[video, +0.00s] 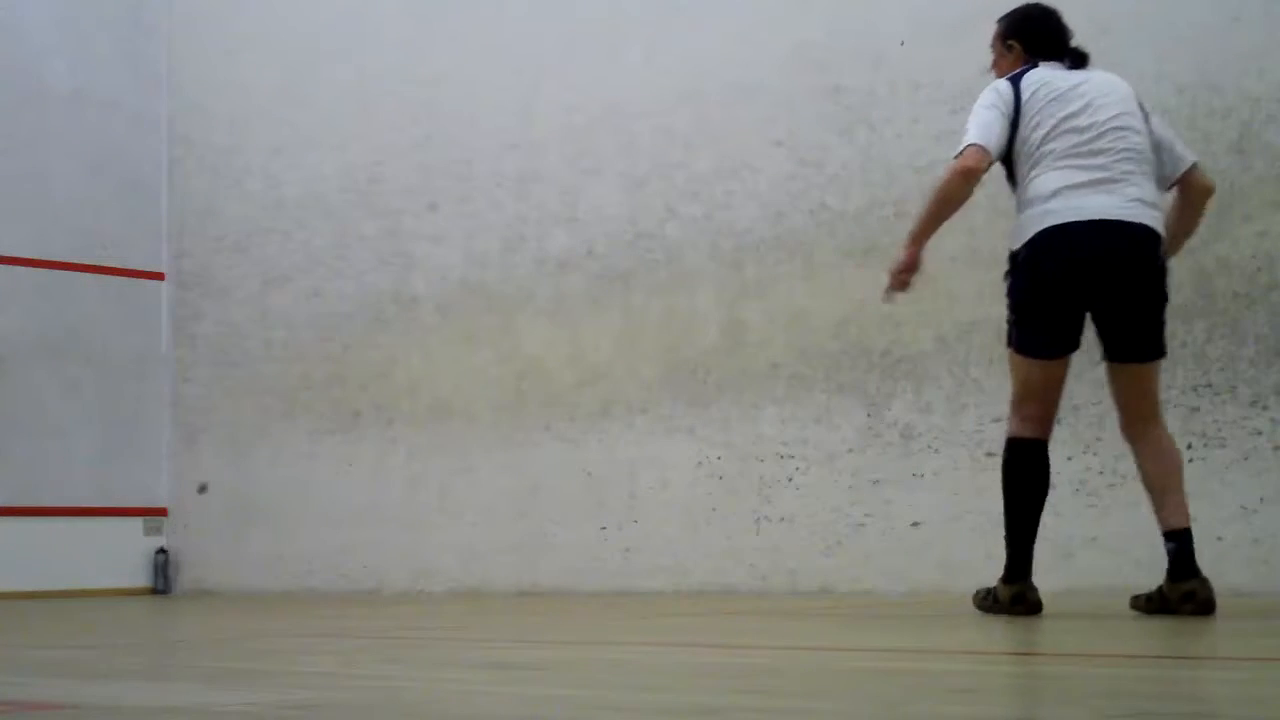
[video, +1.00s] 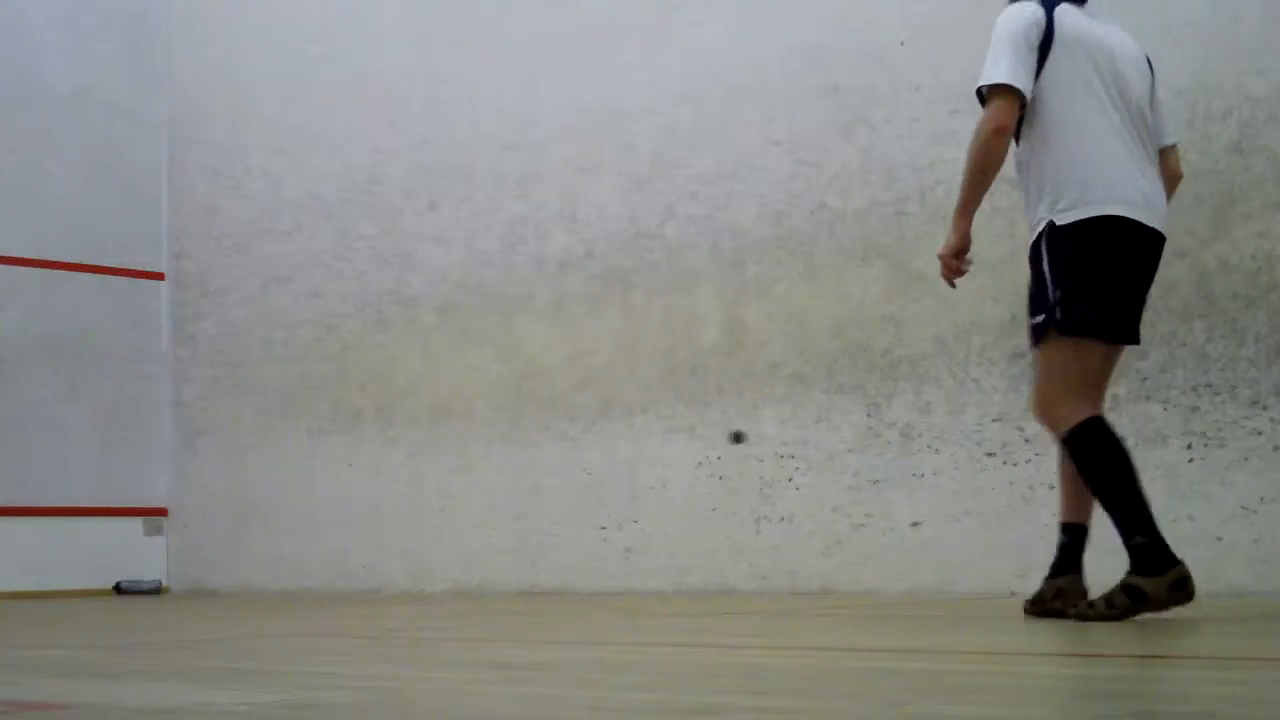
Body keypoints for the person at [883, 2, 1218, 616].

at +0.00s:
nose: (992, 66)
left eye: (995, 55)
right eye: (992, 55)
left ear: (1015, 52)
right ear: (1061, 48)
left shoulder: (1009, 88)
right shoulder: (1119, 90)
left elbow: (970, 166)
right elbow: (1197, 186)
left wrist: (914, 245)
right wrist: (1160, 252)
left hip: (1050, 252)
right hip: (1134, 251)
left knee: (1031, 416)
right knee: (1144, 420)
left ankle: (1017, 581)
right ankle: (1184, 573)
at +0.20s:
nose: (1021, 28)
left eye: (1022, 17)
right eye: (1020, 18)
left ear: (1042, 13)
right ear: (1089, 12)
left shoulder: (1038, 57)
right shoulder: (1148, 61)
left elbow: (1043, 137)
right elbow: (1221, 149)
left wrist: (1013, 236)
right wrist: (1200, 240)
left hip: (1086, 238)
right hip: (1167, 237)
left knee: (1051, 398)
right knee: (1168, 410)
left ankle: (1055, 572)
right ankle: (1188, 575)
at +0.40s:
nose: (1035, 7)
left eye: (1037, 1)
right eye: (1035, 1)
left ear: (1053, 1)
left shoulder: (1056, 33)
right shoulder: (1160, 47)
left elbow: (1070, 131)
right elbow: (1220, 143)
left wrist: (1053, 238)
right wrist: (1201, 242)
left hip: (1100, 247)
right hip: (1172, 249)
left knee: (1065, 401)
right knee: (1180, 410)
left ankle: (1140, 557)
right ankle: (1192, 576)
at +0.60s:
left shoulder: (1056, 17)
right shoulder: (1150, 40)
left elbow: (1049, 127)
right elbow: (1200, 146)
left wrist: (1030, 236)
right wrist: (1186, 246)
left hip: (1098, 234)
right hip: (1157, 236)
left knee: (1108, 399)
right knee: (1151, 406)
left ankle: (1164, 576)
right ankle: (1181, 572)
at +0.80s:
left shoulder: (1053, 9)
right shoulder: (1141, 34)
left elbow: (1015, 118)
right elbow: (1184, 146)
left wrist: (977, 219)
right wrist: (1154, 231)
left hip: (1090, 219)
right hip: (1135, 223)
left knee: (1108, 394)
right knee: (1106, 394)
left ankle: (1159, 573)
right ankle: (1150, 570)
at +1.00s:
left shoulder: (1026, 17)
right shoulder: (1131, 50)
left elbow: (1000, 122)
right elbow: (1169, 169)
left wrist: (960, 224)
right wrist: (1125, 231)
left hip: (1078, 222)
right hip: (1140, 228)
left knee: (1059, 403)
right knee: (1081, 404)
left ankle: (1154, 564)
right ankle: (1066, 573)